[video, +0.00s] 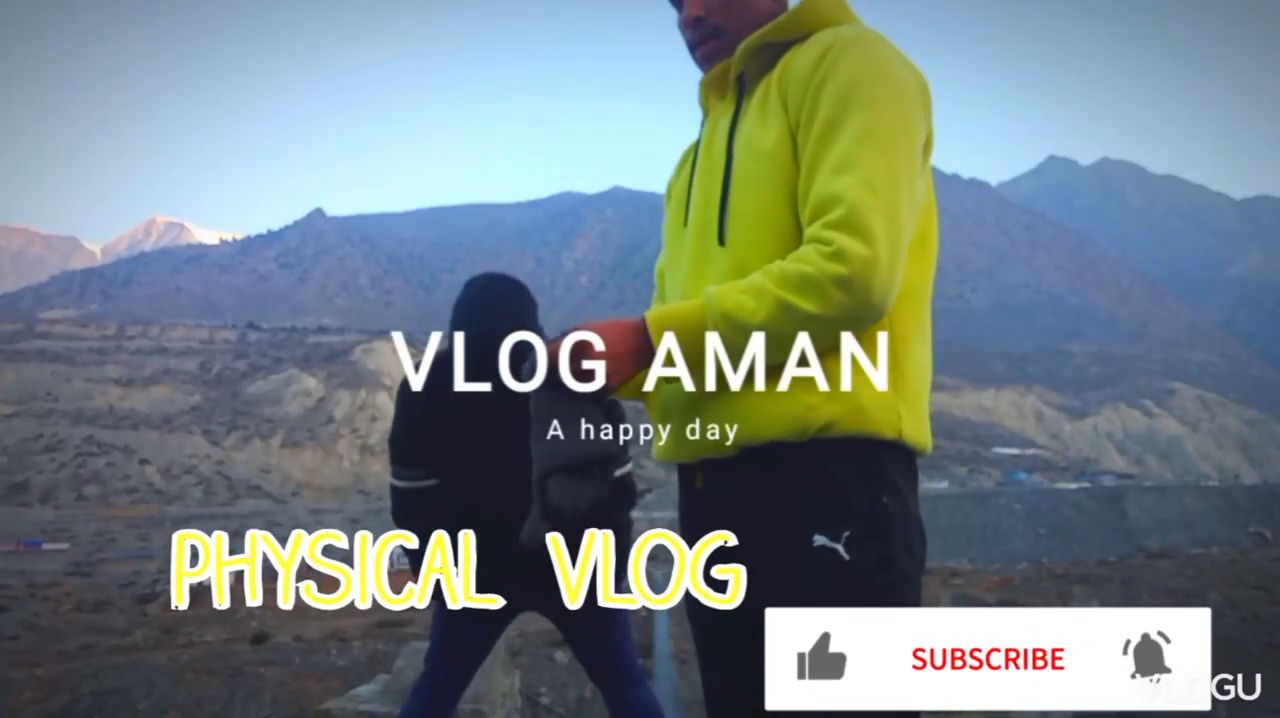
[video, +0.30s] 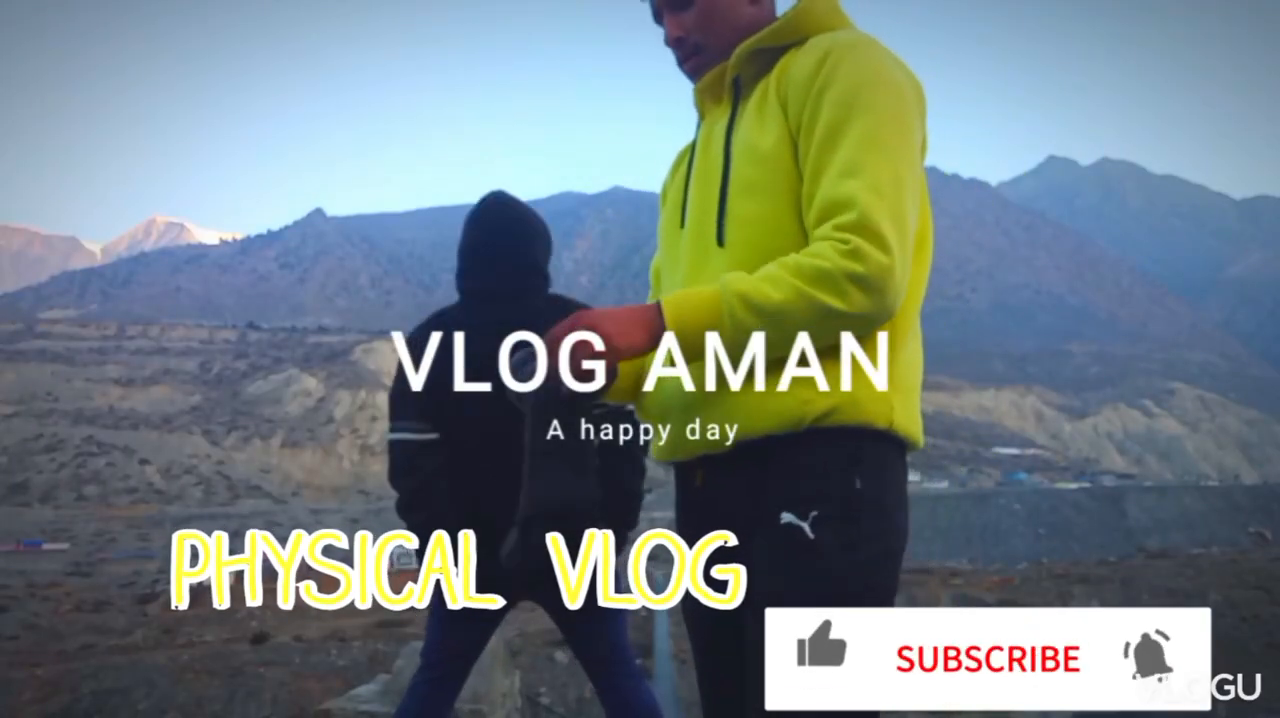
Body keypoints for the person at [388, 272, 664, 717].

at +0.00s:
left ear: (460, 319)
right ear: (532, 321)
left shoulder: (428, 383)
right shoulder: (568, 376)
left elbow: (411, 481)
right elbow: (615, 475)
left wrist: (418, 551)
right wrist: (616, 562)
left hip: (480, 568)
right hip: (570, 565)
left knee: (438, 684)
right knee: (624, 682)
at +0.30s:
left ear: (468, 252)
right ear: (541, 252)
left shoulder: (434, 337)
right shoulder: (585, 328)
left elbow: (410, 457)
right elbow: (623, 440)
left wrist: (439, 540)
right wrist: (613, 530)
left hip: (475, 551)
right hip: (572, 548)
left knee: (434, 683)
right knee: (620, 679)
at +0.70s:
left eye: (475, 238)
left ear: (472, 244)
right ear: (536, 239)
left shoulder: (446, 316)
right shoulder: (593, 304)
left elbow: (392, 430)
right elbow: (632, 420)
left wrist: (378, 536)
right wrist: (615, 513)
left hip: (466, 542)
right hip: (566, 542)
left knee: (418, 683)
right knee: (620, 687)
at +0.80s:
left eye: (462, 241)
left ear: (460, 246)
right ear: (526, 242)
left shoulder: (435, 318)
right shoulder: (577, 308)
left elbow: (373, 426)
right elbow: (625, 405)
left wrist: (332, 526)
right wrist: (631, 496)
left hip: (455, 544)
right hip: (554, 542)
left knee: (412, 689)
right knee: (606, 684)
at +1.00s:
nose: (505, 247)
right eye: (503, 238)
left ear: (438, 241)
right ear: (501, 240)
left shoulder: (404, 311)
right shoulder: (541, 304)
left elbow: (330, 404)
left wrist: (283, 479)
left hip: (429, 532)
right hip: (528, 530)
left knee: (410, 689)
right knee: (588, 682)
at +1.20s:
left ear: (445, 236)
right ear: (502, 241)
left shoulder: (418, 312)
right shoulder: (521, 316)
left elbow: (355, 381)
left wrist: (310, 425)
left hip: (441, 518)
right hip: (521, 519)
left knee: (423, 677)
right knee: (575, 665)